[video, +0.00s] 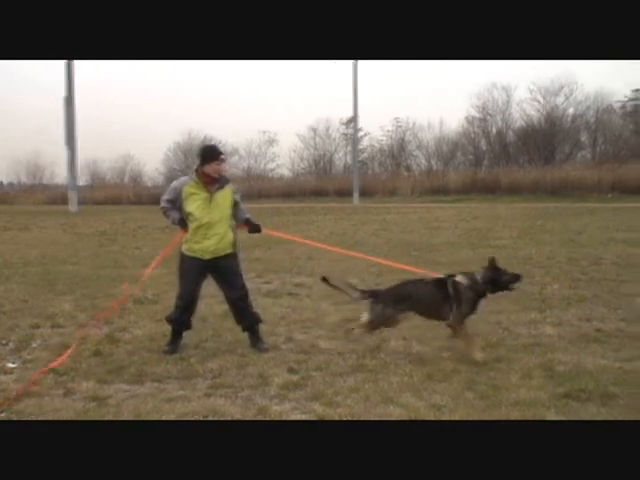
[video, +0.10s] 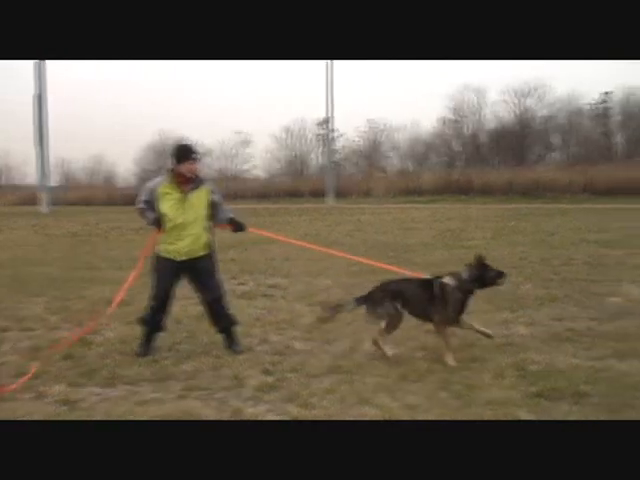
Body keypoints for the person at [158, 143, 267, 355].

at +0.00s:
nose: (221, 167)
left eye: (222, 163)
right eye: (217, 163)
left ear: (221, 165)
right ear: (204, 165)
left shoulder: (227, 188)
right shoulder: (183, 185)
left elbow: (237, 209)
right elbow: (166, 205)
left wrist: (248, 222)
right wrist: (179, 219)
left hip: (224, 253)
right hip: (193, 253)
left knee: (238, 295)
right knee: (186, 298)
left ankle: (255, 336)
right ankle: (175, 339)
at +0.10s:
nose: (194, 167)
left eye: (196, 162)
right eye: (189, 163)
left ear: (198, 164)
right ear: (177, 165)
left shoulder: (205, 189)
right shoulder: (158, 187)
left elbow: (217, 211)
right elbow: (142, 205)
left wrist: (231, 221)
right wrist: (154, 219)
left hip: (199, 253)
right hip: (169, 254)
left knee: (214, 297)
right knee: (160, 299)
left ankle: (230, 336)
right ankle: (147, 340)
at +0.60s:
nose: (175, 169)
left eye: (176, 165)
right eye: (171, 165)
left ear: (176, 165)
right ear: (158, 165)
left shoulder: (179, 187)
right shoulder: (136, 184)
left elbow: (185, 210)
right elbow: (117, 203)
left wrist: (192, 220)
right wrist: (130, 219)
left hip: (173, 253)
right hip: (144, 254)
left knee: (184, 297)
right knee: (133, 298)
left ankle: (198, 339)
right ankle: (117, 340)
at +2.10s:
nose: (144, 165)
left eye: (146, 160)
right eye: (140, 160)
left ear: (144, 161)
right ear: (126, 160)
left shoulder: (151, 189)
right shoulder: (99, 181)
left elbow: (156, 218)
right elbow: (75, 203)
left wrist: (165, 226)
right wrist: (93, 221)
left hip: (141, 259)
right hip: (108, 260)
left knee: (156, 306)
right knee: (99, 310)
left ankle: (176, 353)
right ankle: (84, 355)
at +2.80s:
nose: (117, 140)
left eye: (119, 135)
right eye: (112, 134)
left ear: (117, 136)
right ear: (96, 134)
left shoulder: (124, 163)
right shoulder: (66, 157)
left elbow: (131, 192)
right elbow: (42, 183)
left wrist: (136, 207)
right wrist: (62, 202)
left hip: (115, 244)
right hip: (78, 245)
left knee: (132, 296)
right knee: (70, 301)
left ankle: (155, 347)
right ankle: (52, 349)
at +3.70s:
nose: (86, 121)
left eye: (87, 116)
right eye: (81, 116)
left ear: (82, 118)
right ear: (64, 116)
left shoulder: (89, 146)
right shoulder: (35, 142)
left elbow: (95, 174)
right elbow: (7, 170)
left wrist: (100, 187)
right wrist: (32, 189)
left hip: (83, 232)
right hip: (48, 232)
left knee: (98, 284)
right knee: (36, 288)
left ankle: (121, 336)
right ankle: (15, 336)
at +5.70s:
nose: (79, 101)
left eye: (81, 96)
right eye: (74, 96)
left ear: (80, 98)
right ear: (57, 98)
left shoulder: (90, 130)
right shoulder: (28, 126)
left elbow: (102, 162)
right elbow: (6, 153)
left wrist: (114, 175)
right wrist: (25, 173)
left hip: (88, 209)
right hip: (48, 212)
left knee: (104, 261)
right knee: (48, 268)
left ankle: (117, 316)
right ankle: (50, 315)